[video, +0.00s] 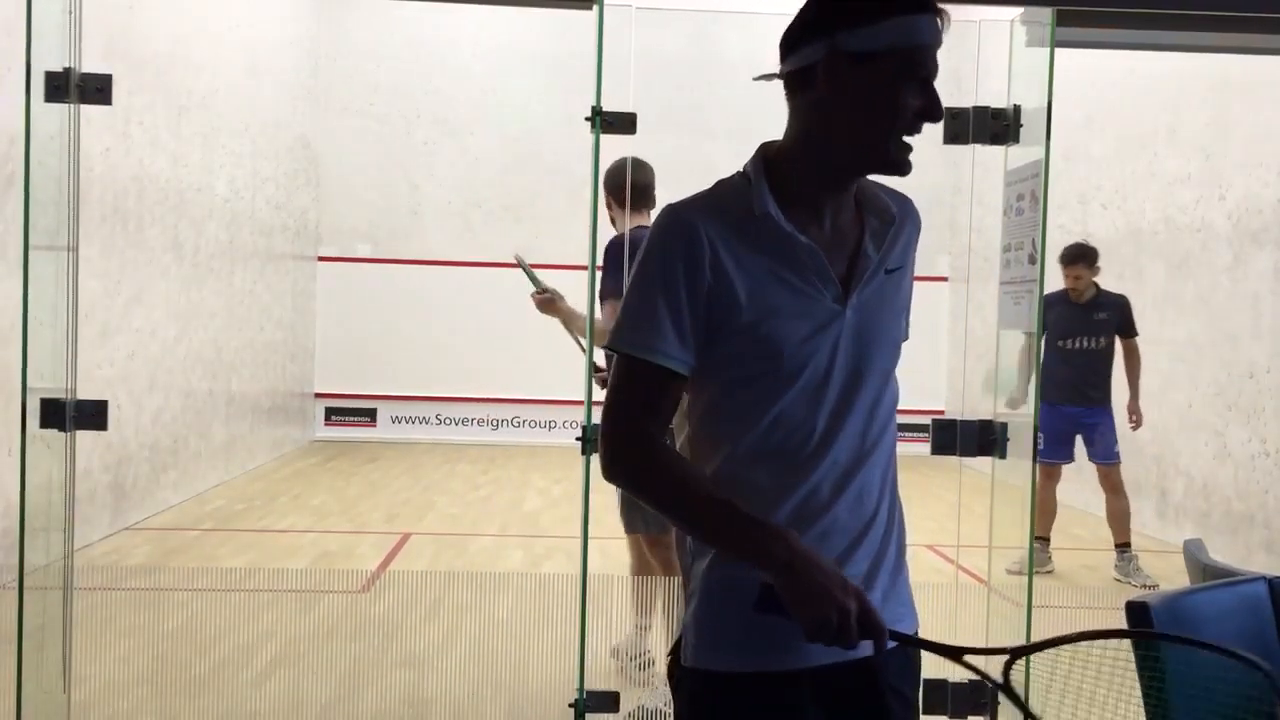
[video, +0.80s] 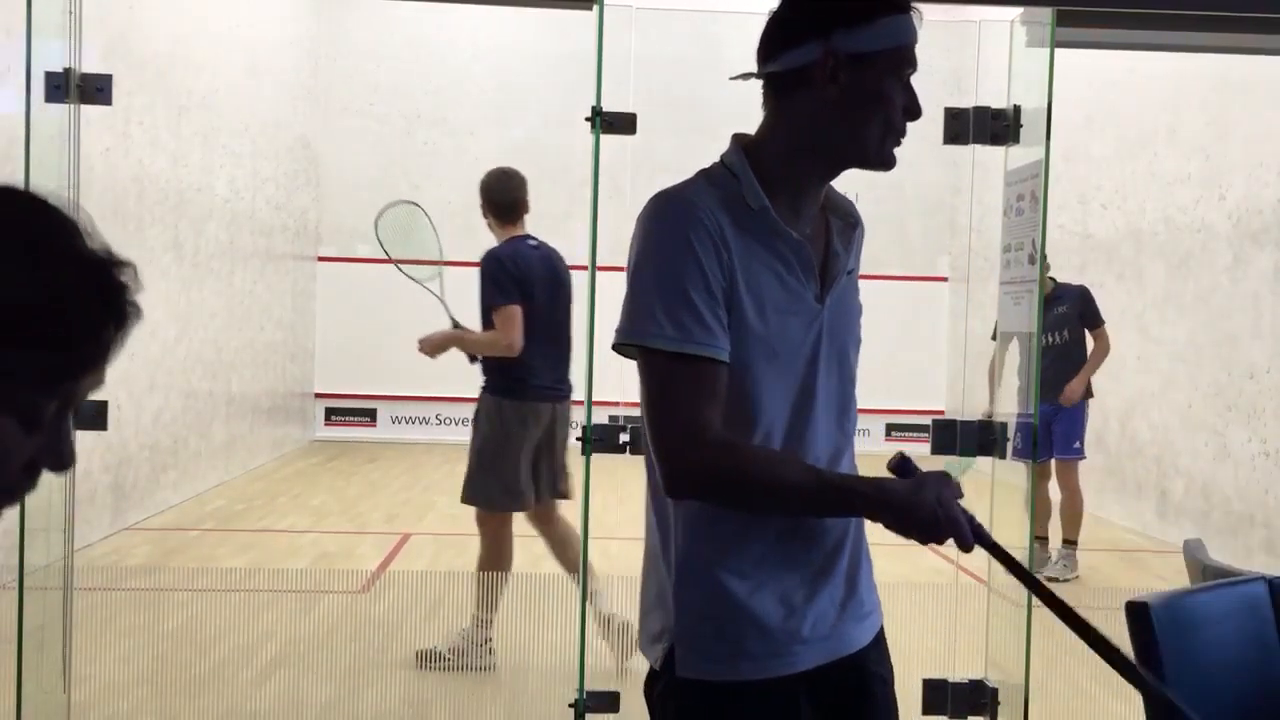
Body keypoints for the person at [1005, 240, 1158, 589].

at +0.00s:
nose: (1070, 284)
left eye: (1077, 278)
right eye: (1066, 277)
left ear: (1094, 273)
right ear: (1061, 273)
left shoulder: (1116, 305)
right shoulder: (1049, 304)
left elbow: (1130, 350)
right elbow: (1029, 347)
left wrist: (1134, 398)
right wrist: (1021, 390)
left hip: (1097, 409)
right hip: (1054, 407)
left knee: (1112, 480)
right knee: (1047, 476)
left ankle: (1125, 559)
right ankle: (1040, 552)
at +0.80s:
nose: (1030, 281)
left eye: (1033, 273)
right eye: (1023, 275)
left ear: (1044, 267)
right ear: (1017, 276)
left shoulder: (1076, 296)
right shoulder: (1016, 304)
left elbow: (1102, 344)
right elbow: (997, 356)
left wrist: (1080, 381)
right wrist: (993, 403)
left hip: (1068, 404)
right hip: (1030, 405)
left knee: (1067, 478)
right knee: (1037, 479)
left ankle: (1068, 556)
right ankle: (1038, 552)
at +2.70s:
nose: (743, 267)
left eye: (745, 263)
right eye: (745, 263)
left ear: (752, 267)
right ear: (780, 268)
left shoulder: (742, 302)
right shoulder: (801, 296)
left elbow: (725, 355)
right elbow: (853, 284)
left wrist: (712, 396)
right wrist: (869, 247)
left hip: (771, 402)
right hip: (810, 399)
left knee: (742, 469)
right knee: (823, 468)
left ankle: (726, 547)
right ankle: (857, 540)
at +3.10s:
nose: (687, 248)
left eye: (693, 243)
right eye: (690, 242)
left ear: (708, 252)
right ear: (719, 255)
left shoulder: (692, 290)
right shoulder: (746, 290)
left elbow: (691, 344)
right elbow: (791, 328)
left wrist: (670, 378)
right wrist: (772, 349)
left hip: (699, 396)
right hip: (735, 397)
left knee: (666, 470)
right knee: (718, 477)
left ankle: (646, 550)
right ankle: (714, 555)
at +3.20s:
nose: (671, 252)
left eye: (677, 247)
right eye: (674, 246)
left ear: (695, 256)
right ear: (703, 258)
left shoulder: (676, 294)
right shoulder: (734, 298)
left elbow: (671, 348)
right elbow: (757, 351)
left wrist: (650, 381)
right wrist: (746, 390)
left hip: (683, 400)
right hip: (721, 402)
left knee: (645, 473)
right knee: (709, 475)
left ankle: (628, 552)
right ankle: (713, 556)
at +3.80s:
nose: (660, 282)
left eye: (661, 278)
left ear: (662, 283)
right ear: (695, 286)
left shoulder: (633, 318)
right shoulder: (702, 323)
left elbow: (608, 367)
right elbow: (712, 374)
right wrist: (739, 416)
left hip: (633, 433)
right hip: (685, 436)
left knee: (601, 504)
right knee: (729, 511)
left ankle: (588, 592)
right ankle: (764, 596)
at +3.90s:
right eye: (696, 271)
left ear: (663, 270)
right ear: (699, 275)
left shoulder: (636, 305)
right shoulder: (690, 316)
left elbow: (617, 361)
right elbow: (696, 370)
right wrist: (737, 413)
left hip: (633, 427)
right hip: (676, 431)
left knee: (600, 506)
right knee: (726, 511)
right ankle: (766, 592)